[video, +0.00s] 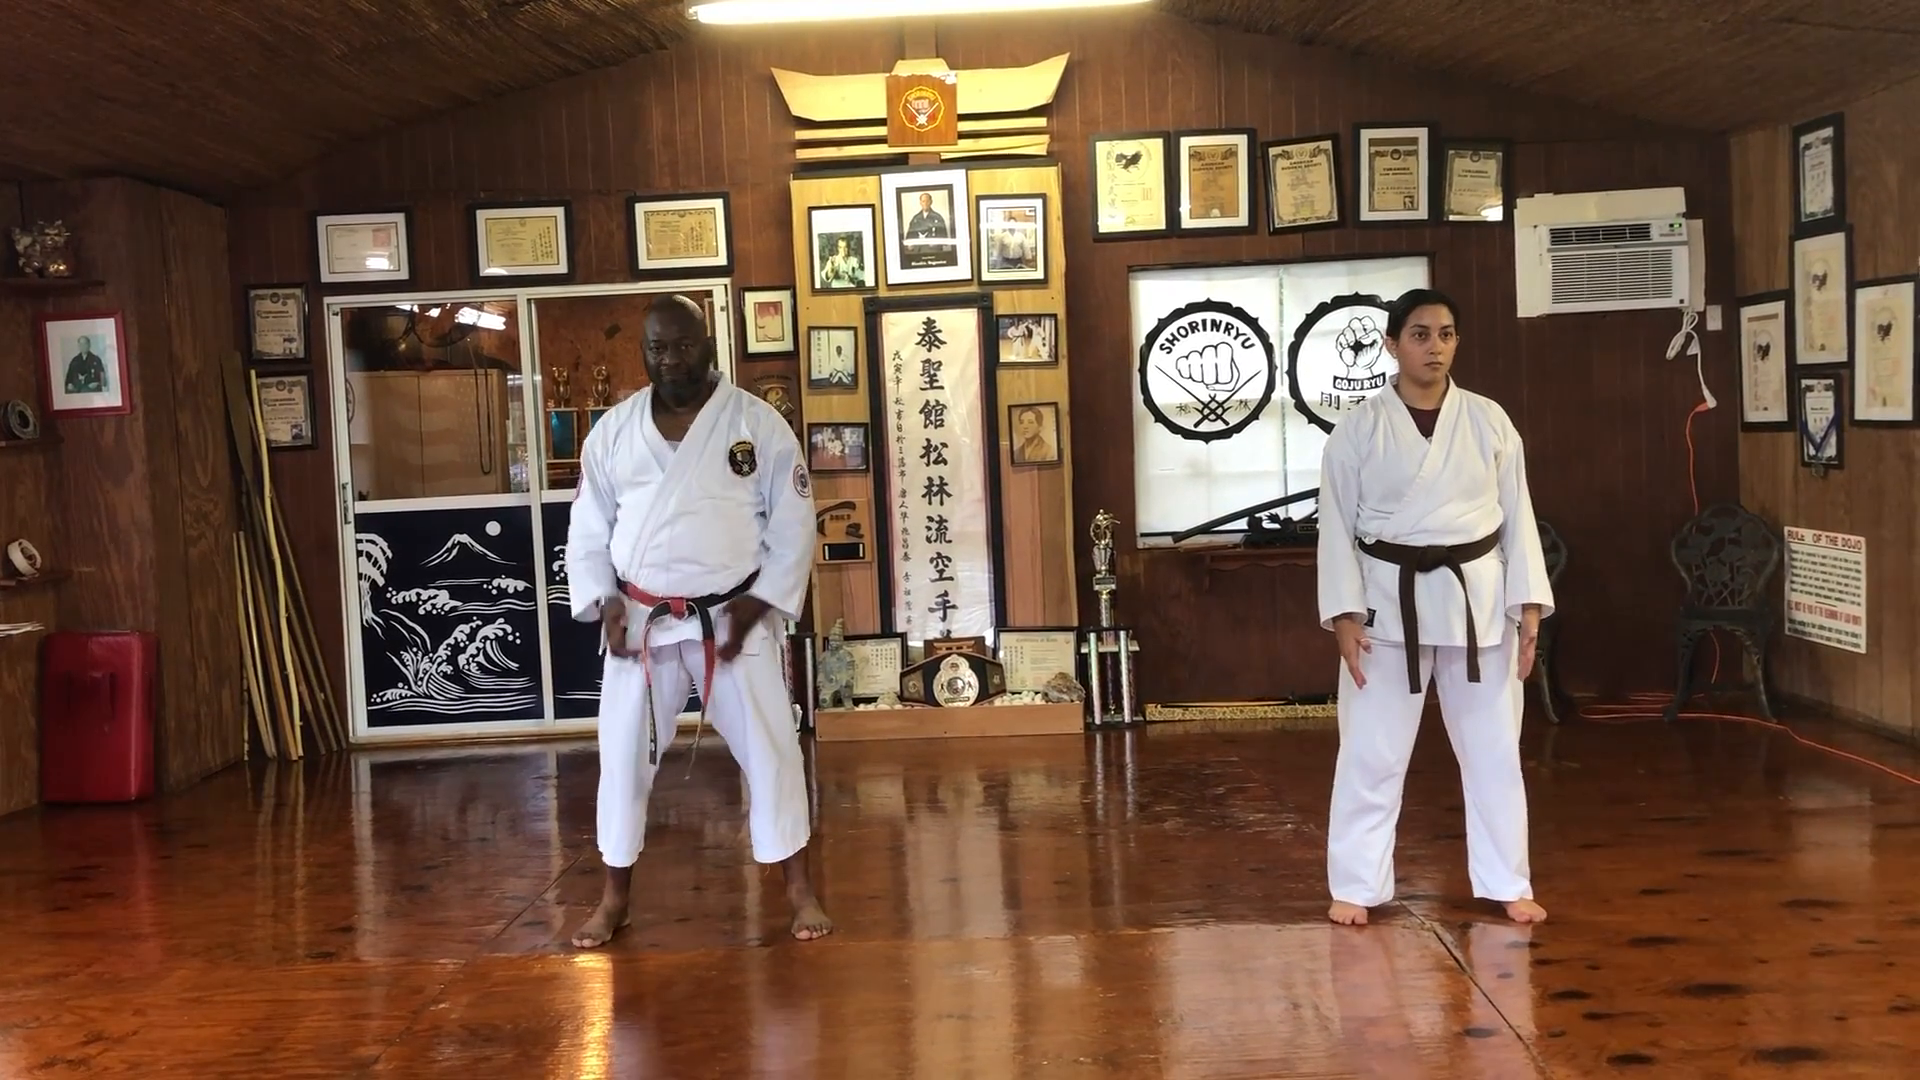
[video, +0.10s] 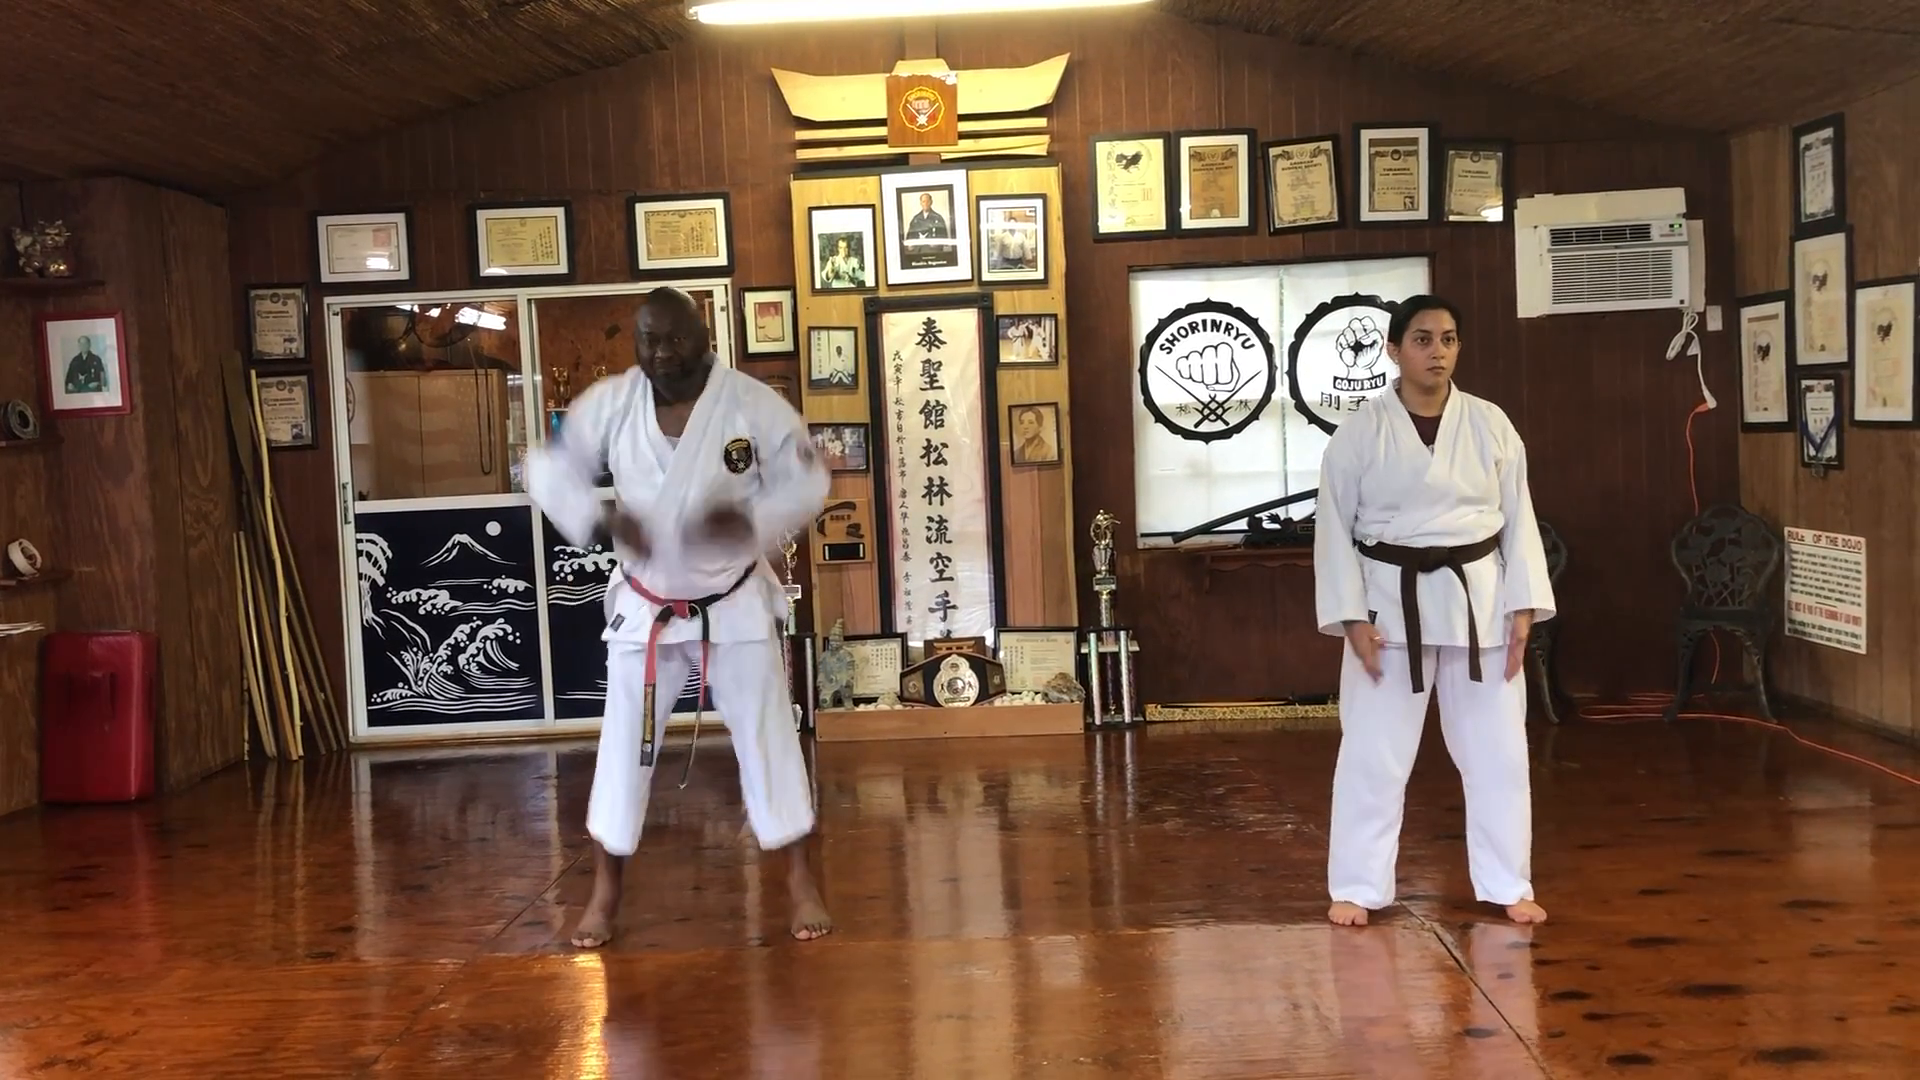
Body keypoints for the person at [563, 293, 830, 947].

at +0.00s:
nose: (668, 360)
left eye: (681, 346)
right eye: (656, 349)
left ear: (707, 344)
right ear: (642, 354)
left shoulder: (757, 424)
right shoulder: (611, 432)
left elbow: (793, 522)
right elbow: (589, 524)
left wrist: (759, 600)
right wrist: (602, 598)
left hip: (734, 615)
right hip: (639, 619)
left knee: (772, 750)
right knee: (622, 757)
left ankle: (800, 889)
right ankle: (612, 898)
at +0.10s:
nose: (653, 352)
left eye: (667, 340)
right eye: (644, 340)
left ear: (701, 340)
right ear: (633, 342)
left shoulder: (755, 405)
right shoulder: (609, 402)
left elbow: (808, 484)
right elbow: (547, 470)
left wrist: (749, 523)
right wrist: (602, 517)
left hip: (735, 594)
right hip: (643, 597)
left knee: (767, 735)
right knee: (621, 740)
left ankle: (802, 888)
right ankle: (603, 897)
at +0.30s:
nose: (651, 416)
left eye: (662, 404)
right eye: (641, 405)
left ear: (684, 390)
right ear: (626, 396)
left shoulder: (726, 425)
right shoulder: (608, 426)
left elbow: (773, 457)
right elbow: (557, 462)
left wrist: (722, 403)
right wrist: (546, 396)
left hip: (739, 619)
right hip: (648, 625)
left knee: (768, 750)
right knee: (622, 754)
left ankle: (786, 893)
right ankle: (599, 899)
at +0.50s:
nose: (656, 422)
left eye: (668, 409)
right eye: (644, 411)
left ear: (693, 398)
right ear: (627, 404)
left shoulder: (734, 428)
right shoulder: (604, 436)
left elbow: (790, 498)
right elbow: (537, 510)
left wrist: (731, 454)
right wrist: (548, 464)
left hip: (739, 620)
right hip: (646, 624)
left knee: (769, 753)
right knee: (621, 756)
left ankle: (786, 892)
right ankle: (603, 899)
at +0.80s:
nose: (659, 408)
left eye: (673, 398)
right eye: (651, 397)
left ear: (703, 391)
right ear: (639, 390)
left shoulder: (737, 429)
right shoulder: (611, 428)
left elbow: (774, 485)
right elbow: (550, 498)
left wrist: (694, 447)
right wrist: (547, 457)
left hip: (723, 618)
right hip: (632, 621)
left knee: (758, 743)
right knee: (616, 752)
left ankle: (786, 893)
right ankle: (616, 891)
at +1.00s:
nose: (604, 411)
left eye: (618, 400)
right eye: (600, 399)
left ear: (656, 400)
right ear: (596, 398)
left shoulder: (702, 450)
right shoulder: (578, 450)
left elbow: (754, 497)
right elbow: (545, 523)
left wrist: (736, 552)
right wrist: (588, 550)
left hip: (680, 642)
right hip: (583, 642)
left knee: (734, 754)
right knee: (519, 756)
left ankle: (785, 893)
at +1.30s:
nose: (423, 449)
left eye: (435, 436)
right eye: (422, 436)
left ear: (480, 440)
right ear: (429, 441)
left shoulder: (549, 494)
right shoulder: (414, 496)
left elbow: (621, 536)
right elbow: (376, 587)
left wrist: (644, 579)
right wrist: (450, 520)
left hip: (542, 675)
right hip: (439, 680)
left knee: (612, 783)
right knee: (351, 785)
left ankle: (597, 898)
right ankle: (330, 915)